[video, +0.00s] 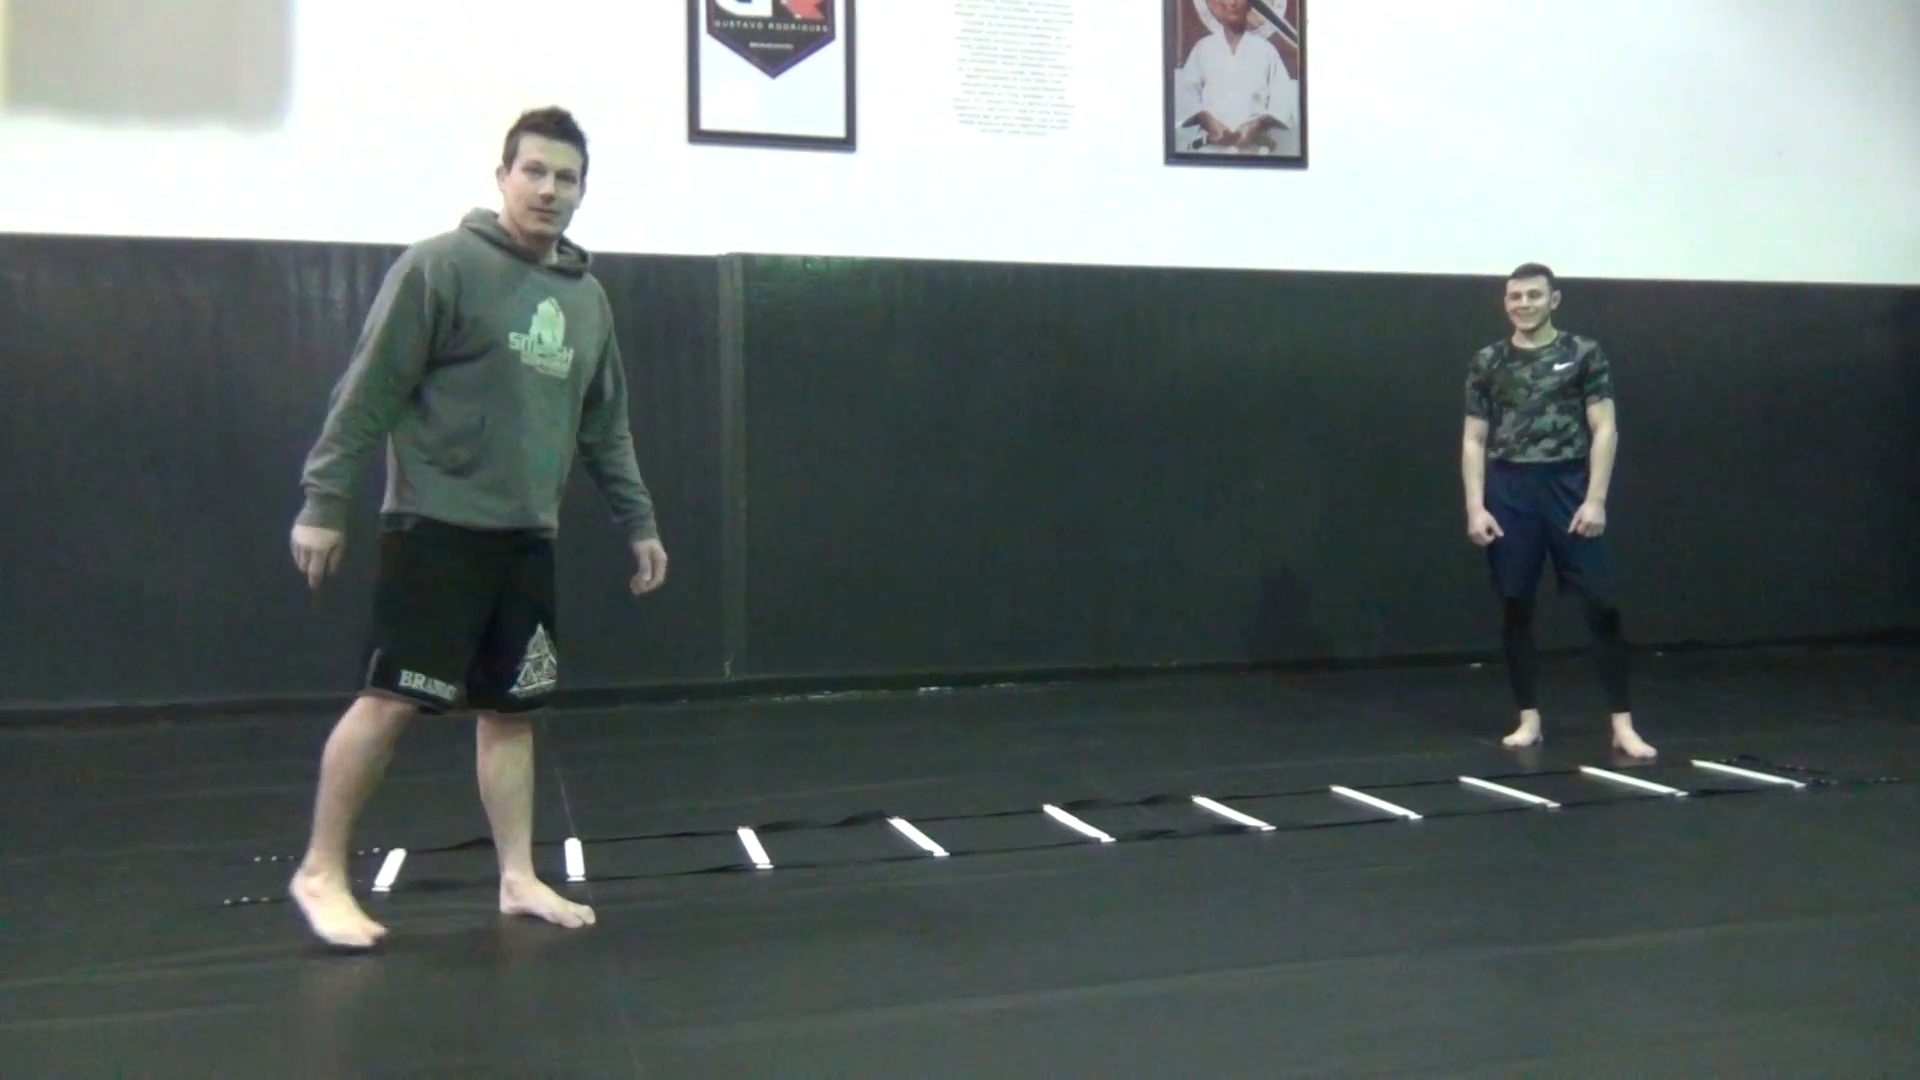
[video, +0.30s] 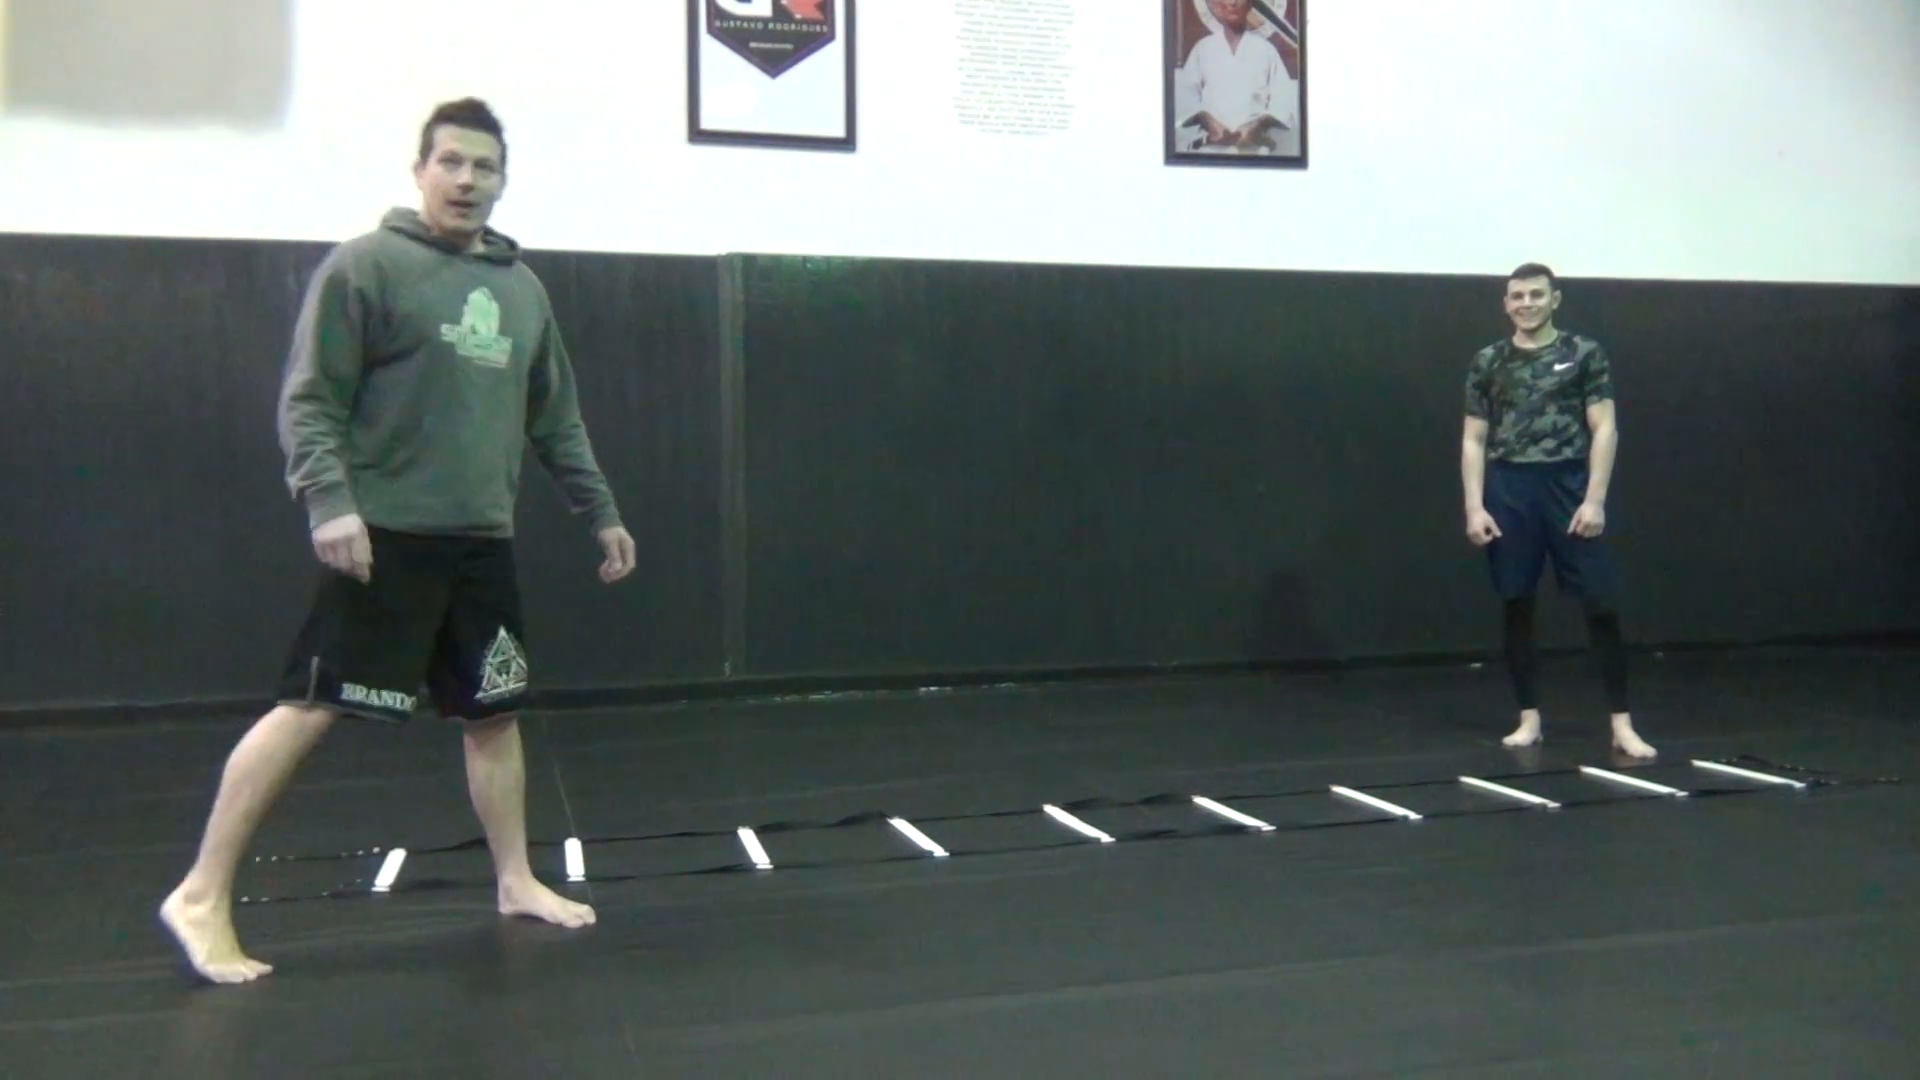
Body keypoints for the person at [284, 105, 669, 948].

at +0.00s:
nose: (550, 190)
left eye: (566, 178)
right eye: (535, 172)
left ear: (580, 191)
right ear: (502, 176)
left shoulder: (587, 299)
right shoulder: (438, 269)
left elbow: (606, 426)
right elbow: (367, 391)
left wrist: (641, 525)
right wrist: (324, 505)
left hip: (525, 536)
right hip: (434, 526)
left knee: (512, 709)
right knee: (392, 697)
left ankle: (520, 879)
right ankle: (320, 873)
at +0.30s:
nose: (467, 180)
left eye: (485, 167)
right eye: (451, 162)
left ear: (501, 180)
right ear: (418, 170)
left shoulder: (523, 290)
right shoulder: (362, 268)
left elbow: (558, 422)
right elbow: (310, 398)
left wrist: (602, 514)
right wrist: (330, 504)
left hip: (480, 542)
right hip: (380, 536)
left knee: (493, 715)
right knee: (308, 710)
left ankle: (518, 885)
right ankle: (201, 896)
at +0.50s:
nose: (367, 180)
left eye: (386, 166)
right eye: (350, 163)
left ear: (405, 181)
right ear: (320, 174)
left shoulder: (438, 290)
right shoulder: (266, 282)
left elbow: (473, 426)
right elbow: (224, 417)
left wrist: (512, 523)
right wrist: (298, 501)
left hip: (417, 556)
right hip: (306, 555)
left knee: (477, 706)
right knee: (250, 731)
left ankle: (517, 882)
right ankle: (174, 928)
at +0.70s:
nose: (286, 169)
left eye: (303, 153)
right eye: (266, 151)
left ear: (323, 166)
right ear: (233, 161)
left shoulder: (356, 272)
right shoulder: (182, 274)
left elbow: (372, 406)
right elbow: (153, 422)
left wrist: (384, 520)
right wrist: (254, 509)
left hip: (334, 548)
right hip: (223, 549)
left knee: (397, 706)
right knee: (194, 737)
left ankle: (480, 869)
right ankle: (169, 936)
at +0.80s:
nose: (265, 165)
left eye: (282, 150)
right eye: (246, 147)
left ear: (300, 161)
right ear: (207, 154)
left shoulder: (322, 263)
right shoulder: (156, 270)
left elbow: (343, 398)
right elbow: (128, 421)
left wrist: (359, 504)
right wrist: (240, 507)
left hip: (307, 541)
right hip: (200, 547)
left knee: (353, 698)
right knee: (182, 733)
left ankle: (391, 884)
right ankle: (169, 938)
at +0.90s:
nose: (277, 172)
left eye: (286, 156)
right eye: (257, 154)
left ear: (291, 161)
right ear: (200, 155)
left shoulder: (294, 261)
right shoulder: (136, 270)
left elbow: (316, 390)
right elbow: (115, 421)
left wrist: (345, 493)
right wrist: (237, 505)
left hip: (283, 539)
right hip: (180, 546)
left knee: (306, 704)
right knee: (172, 731)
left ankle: (307, 889)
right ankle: (168, 937)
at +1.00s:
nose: (292, 178)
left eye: (295, 160)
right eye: (276, 158)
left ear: (236, 161)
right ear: (208, 155)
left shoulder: (272, 260)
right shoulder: (131, 266)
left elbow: (291, 390)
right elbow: (111, 418)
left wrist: (333, 489)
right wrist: (241, 494)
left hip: (258, 537)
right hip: (169, 544)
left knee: (262, 707)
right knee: (171, 732)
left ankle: (216, 889)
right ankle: (166, 936)